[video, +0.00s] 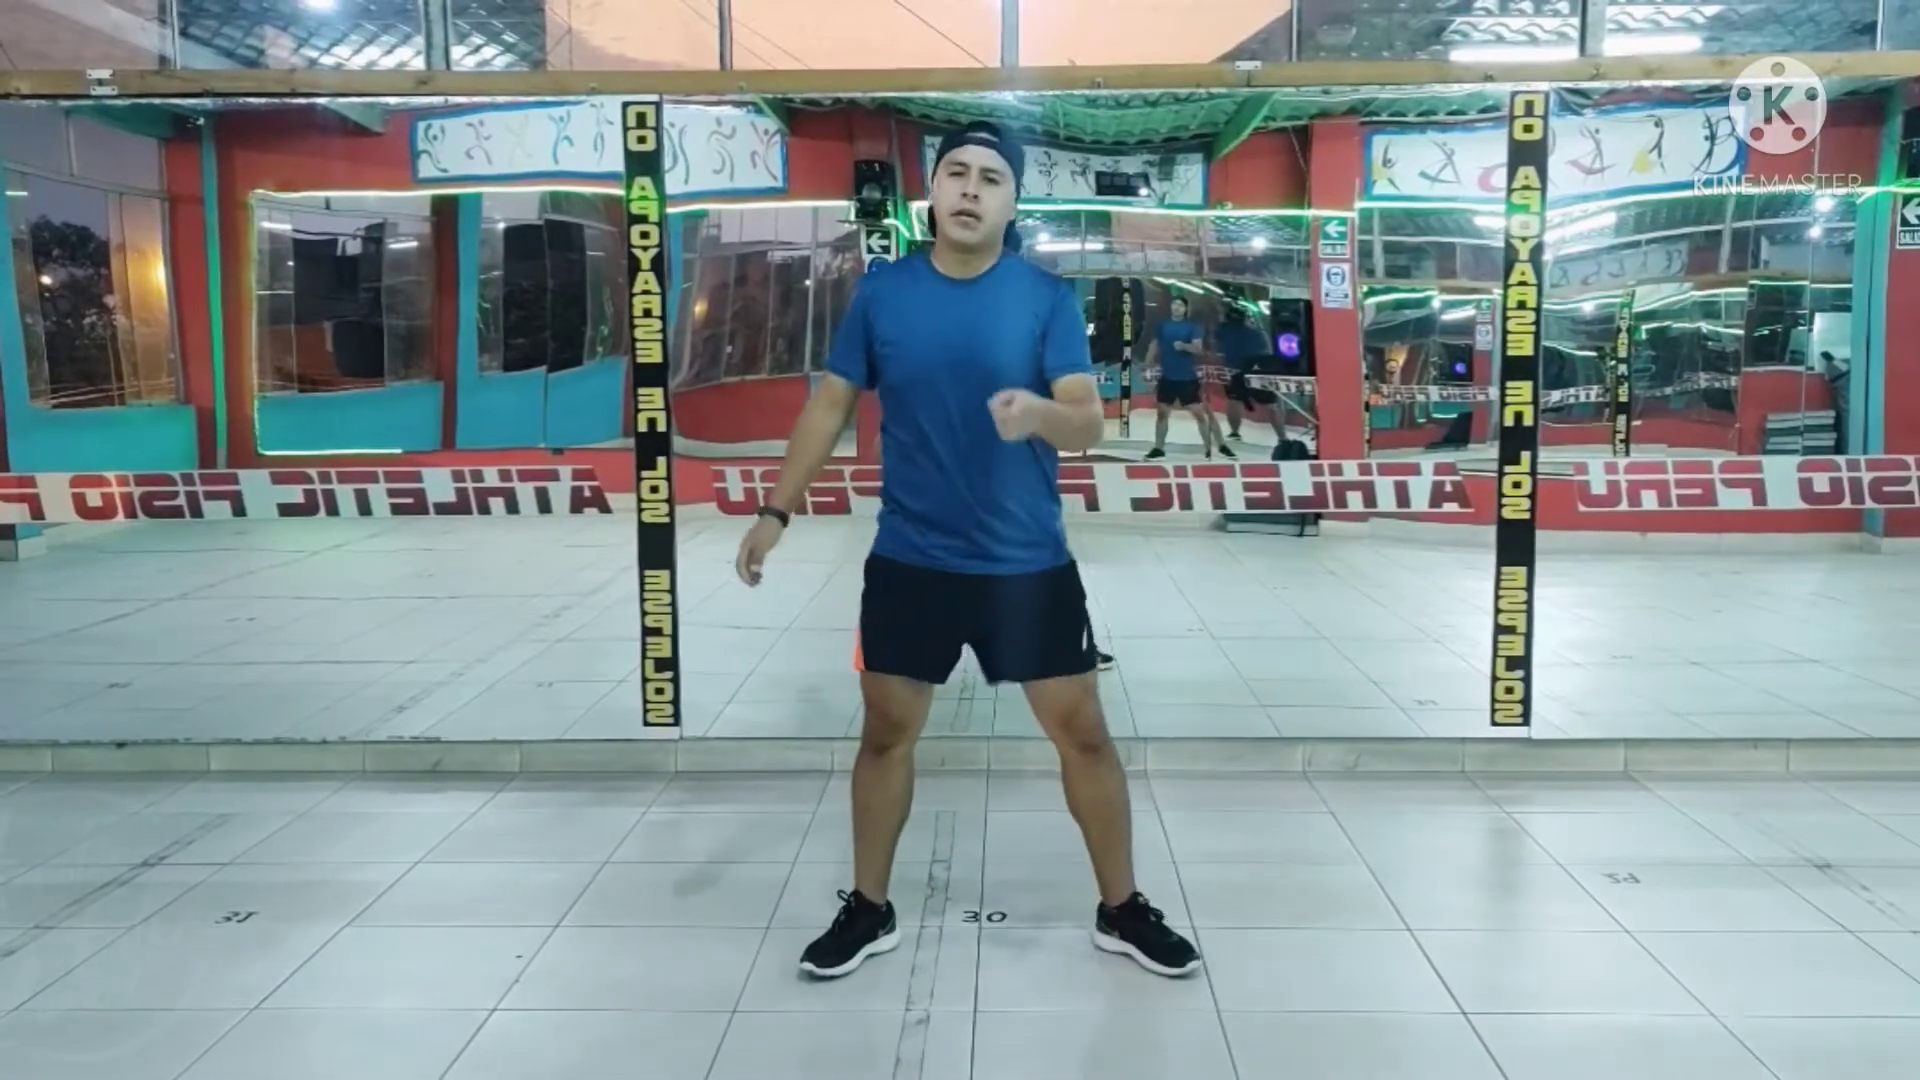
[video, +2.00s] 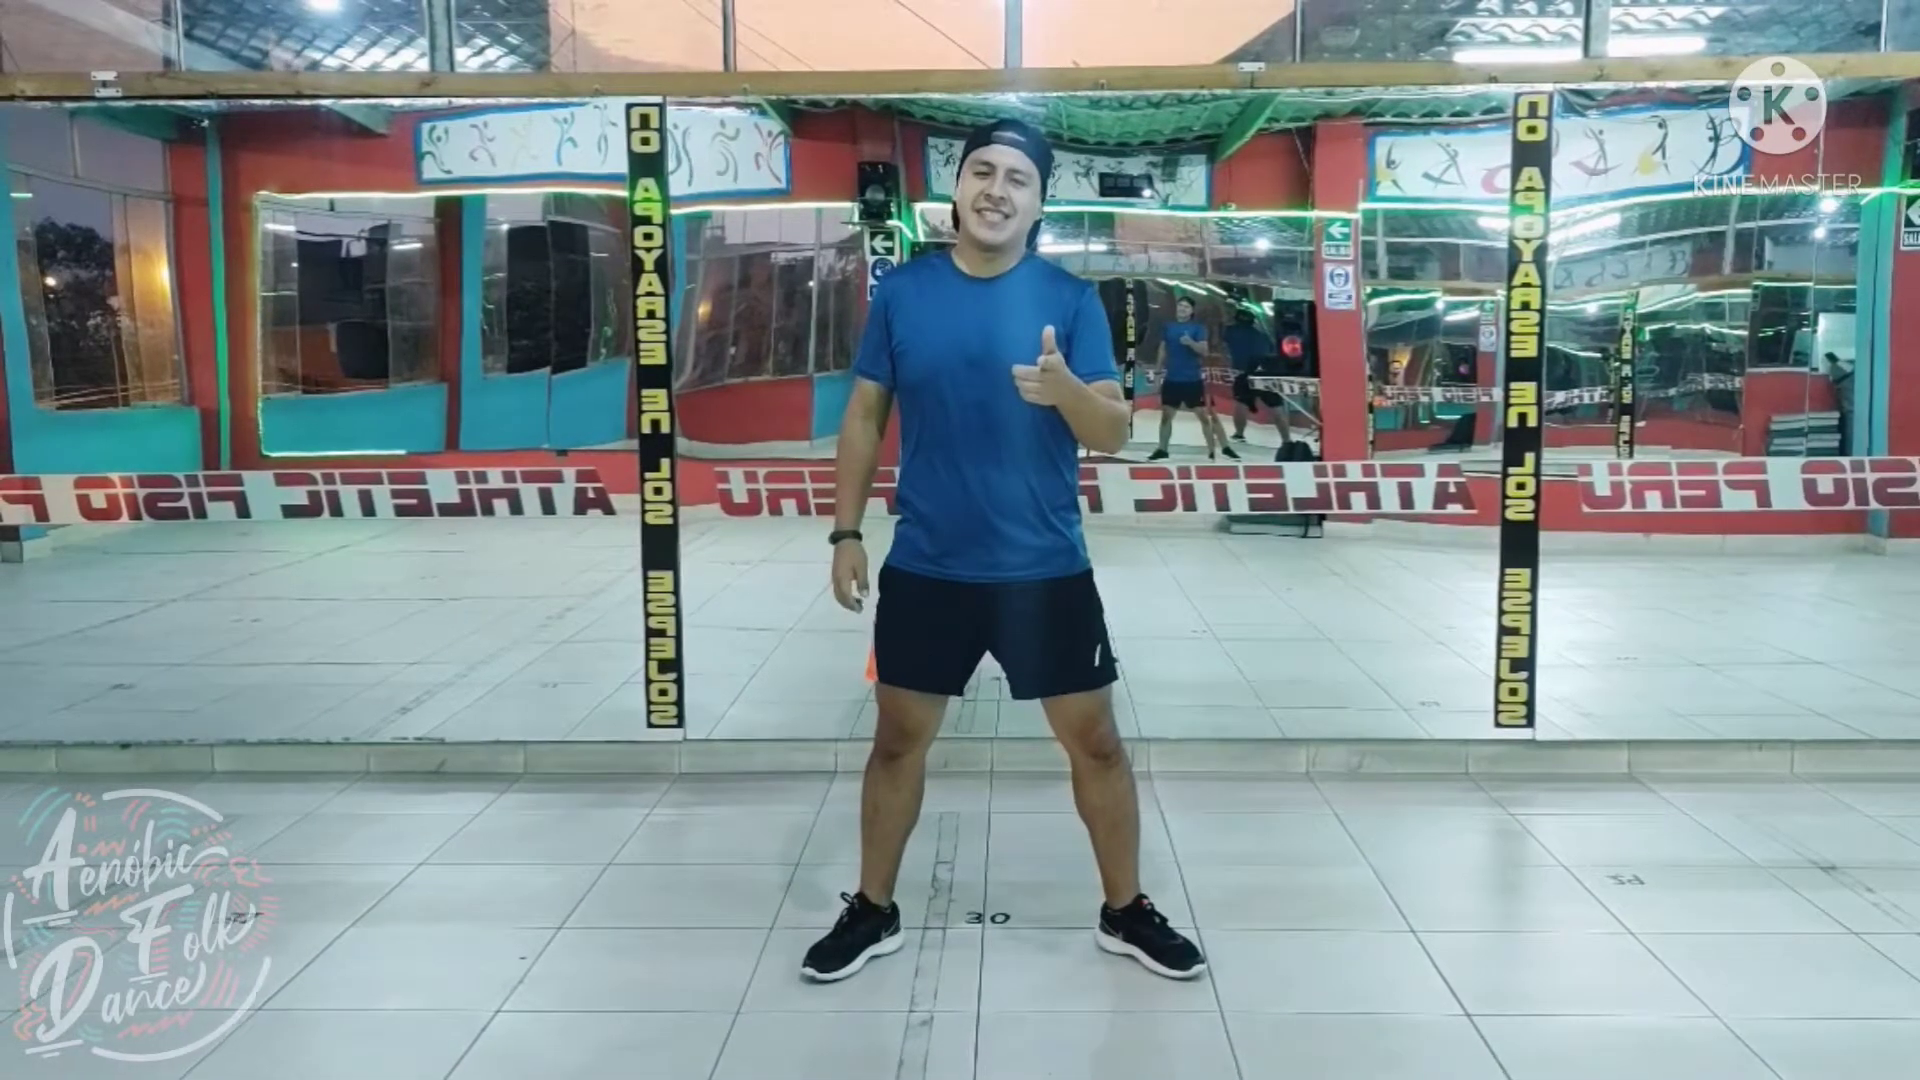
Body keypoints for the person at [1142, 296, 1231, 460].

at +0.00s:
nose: (1177, 308)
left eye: (1180, 306)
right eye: (1174, 305)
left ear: (1186, 309)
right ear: (1170, 308)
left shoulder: (1193, 328)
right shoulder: (1162, 327)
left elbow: (1198, 349)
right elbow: (1154, 346)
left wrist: (1185, 347)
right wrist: (1147, 365)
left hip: (1188, 378)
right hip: (1168, 377)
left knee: (1198, 413)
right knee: (1162, 412)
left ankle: (1208, 447)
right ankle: (1158, 447)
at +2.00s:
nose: (1182, 309)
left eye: (1186, 307)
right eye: (1180, 306)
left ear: (1192, 310)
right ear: (1176, 308)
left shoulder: (1199, 328)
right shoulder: (1169, 327)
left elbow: (1204, 350)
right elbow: (1162, 348)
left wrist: (1191, 343)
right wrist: (1158, 368)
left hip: (1193, 379)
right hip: (1172, 378)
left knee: (1203, 416)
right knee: (1166, 415)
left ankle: (1212, 450)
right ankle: (1162, 448)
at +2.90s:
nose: (1184, 312)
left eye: (1188, 309)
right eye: (1182, 308)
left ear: (1193, 313)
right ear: (1178, 310)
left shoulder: (1199, 330)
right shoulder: (1169, 328)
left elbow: (1206, 349)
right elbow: (1162, 347)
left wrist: (1202, 364)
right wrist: (1160, 367)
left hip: (1193, 379)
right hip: (1173, 378)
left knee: (1204, 415)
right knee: (1167, 414)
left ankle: (1214, 450)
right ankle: (1164, 448)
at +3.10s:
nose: (1184, 313)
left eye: (1188, 311)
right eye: (1182, 310)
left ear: (1193, 314)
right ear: (1177, 311)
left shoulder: (1198, 332)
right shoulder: (1169, 329)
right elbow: (1161, 347)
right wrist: (1158, 368)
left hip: (1191, 381)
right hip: (1171, 380)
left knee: (1205, 415)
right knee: (1166, 415)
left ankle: (1220, 448)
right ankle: (1164, 448)